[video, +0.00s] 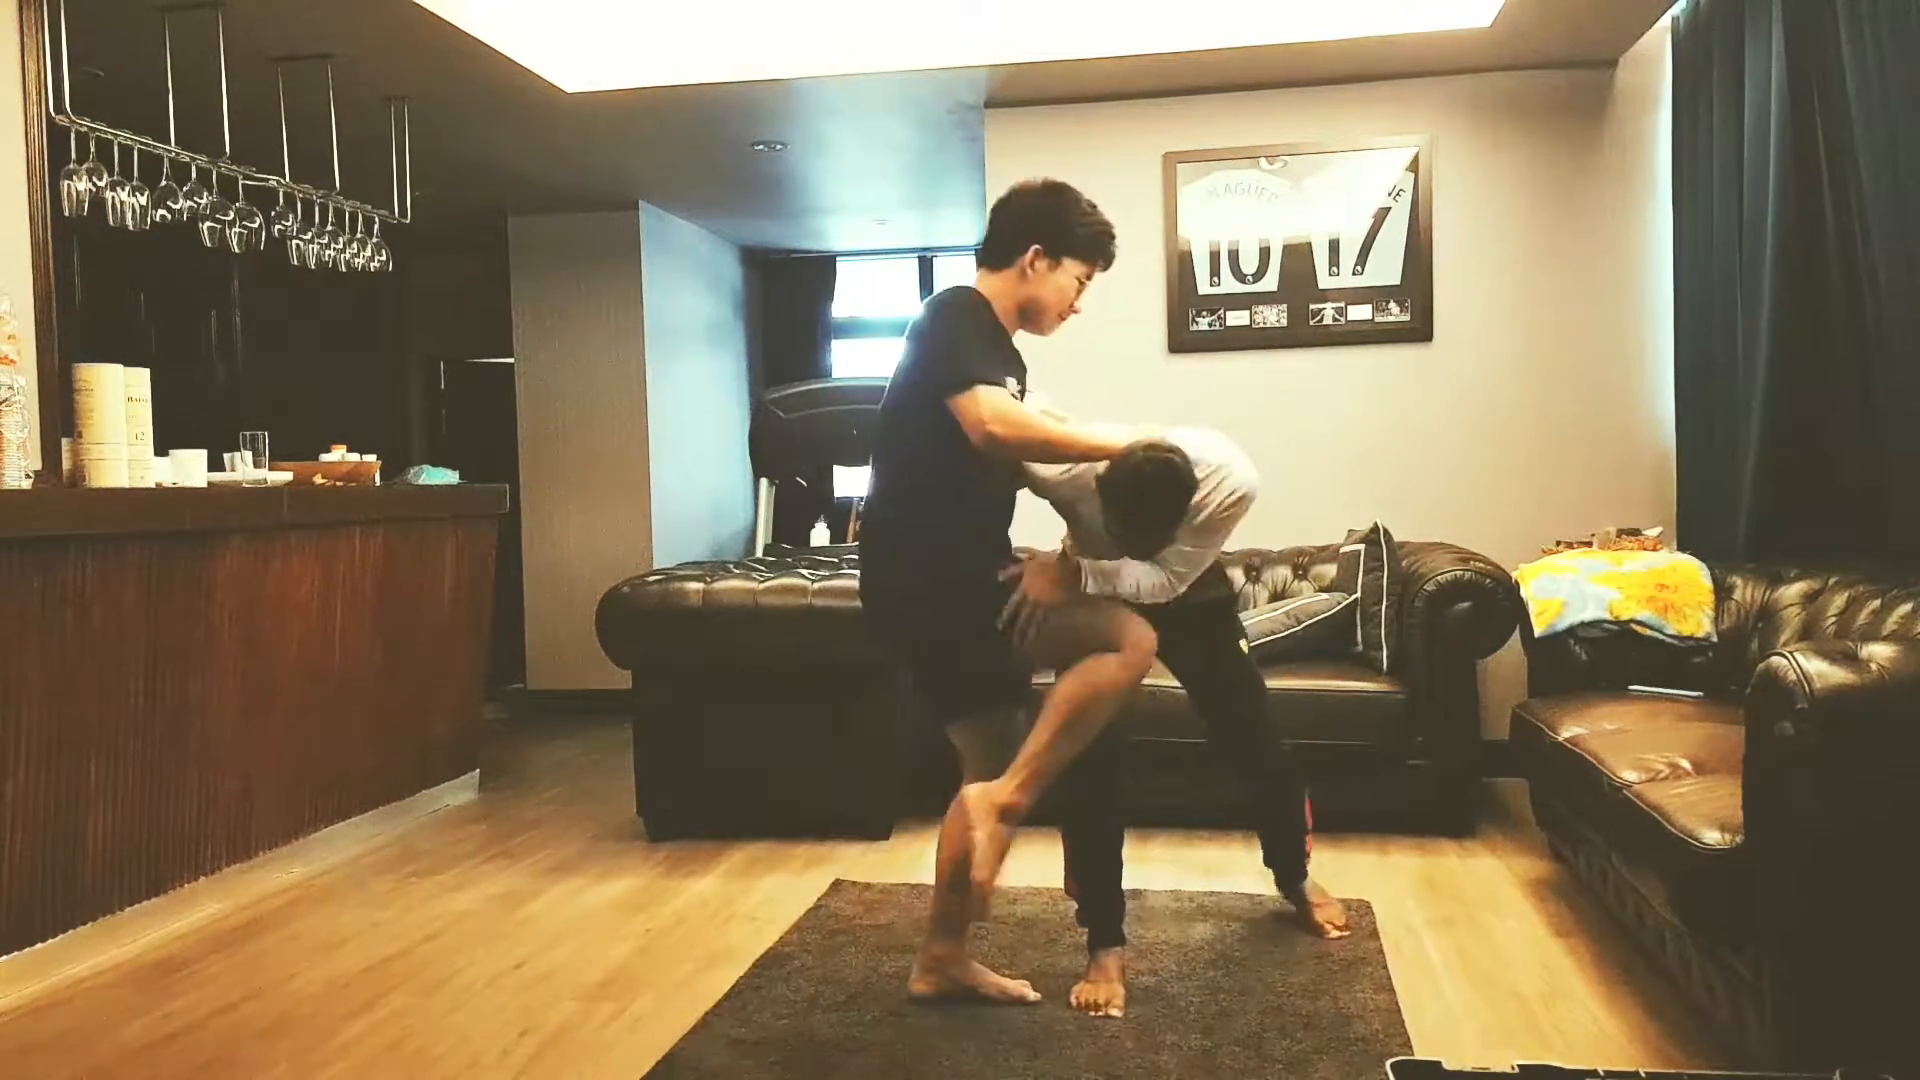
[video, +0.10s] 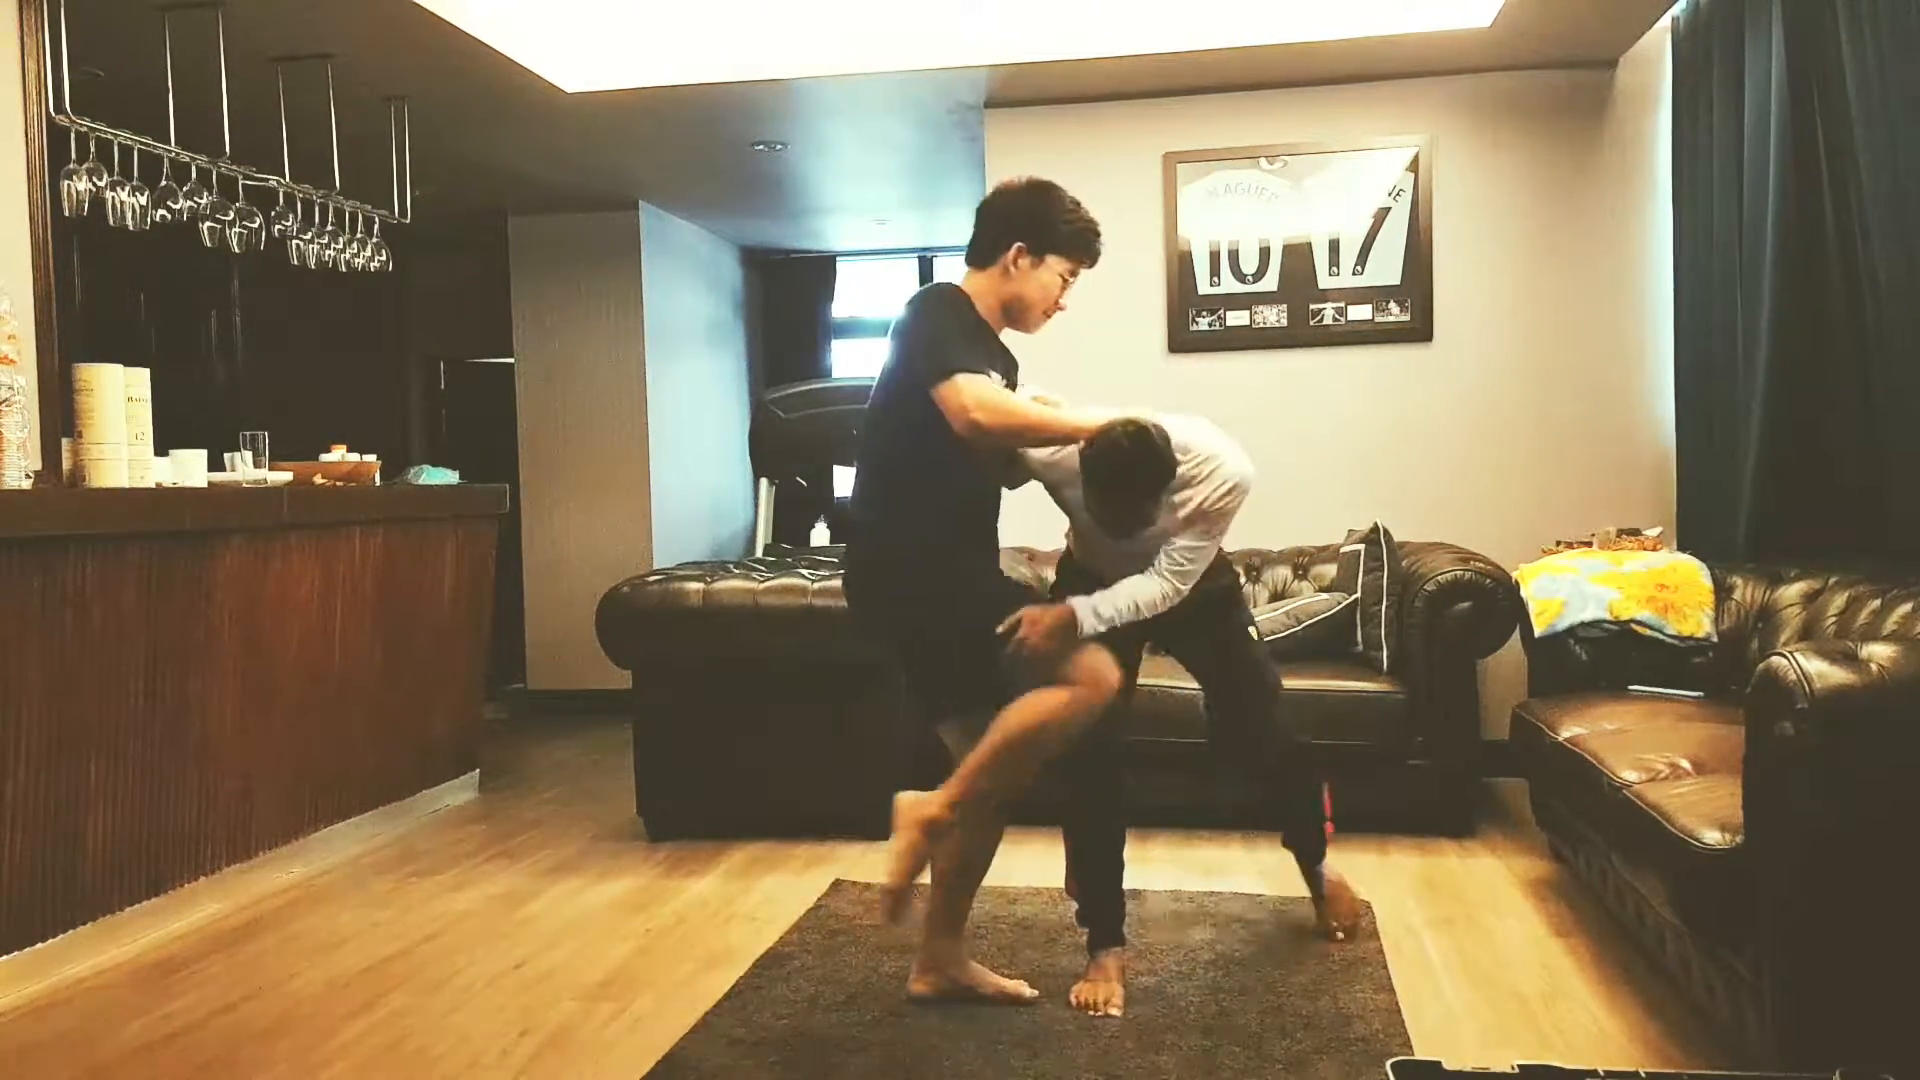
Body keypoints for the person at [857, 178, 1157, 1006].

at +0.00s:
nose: (1078, 302)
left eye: (1085, 287)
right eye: (1078, 282)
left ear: (1029, 263)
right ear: (1032, 259)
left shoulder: (990, 344)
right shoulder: (963, 312)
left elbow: (994, 460)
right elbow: (988, 421)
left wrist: (1079, 487)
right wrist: (1112, 446)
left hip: (939, 571)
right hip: (937, 572)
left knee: (991, 768)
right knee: (1129, 639)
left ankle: (945, 959)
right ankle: (1007, 796)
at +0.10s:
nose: (1064, 299)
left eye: (1072, 283)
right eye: (1063, 277)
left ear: (1016, 261)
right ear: (1016, 257)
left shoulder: (990, 356)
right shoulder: (943, 309)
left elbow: (1003, 467)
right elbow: (969, 408)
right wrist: (1086, 425)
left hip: (947, 571)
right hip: (913, 567)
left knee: (989, 763)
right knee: (1092, 676)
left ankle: (941, 960)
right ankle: (935, 810)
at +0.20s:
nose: (1050, 292)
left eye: (1055, 276)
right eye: (1047, 270)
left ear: (1000, 256)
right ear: (999, 248)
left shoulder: (981, 350)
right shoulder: (927, 301)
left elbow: (997, 465)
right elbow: (964, 393)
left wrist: (1053, 434)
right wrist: (1085, 403)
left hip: (944, 564)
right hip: (896, 561)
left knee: (977, 749)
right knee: (1024, 731)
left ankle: (940, 954)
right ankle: (851, 824)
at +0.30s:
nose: (1037, 284)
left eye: (1042, 269)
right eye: (1033, 262)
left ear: (988, 248)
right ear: (983, 239)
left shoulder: (968, 330)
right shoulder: (911, 292)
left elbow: (983, 449)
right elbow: (965, 375)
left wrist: (1017, 427)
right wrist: (1071, 371)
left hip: (941, 568)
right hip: (880, 567)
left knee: (968, 752)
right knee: (919, 779)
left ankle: (939, 954)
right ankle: (787, 830)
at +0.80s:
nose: (988, 282)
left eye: (992, 268)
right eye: (979, 265)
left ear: (953, 270)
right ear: (924, 262)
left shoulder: (944, 372)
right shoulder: (872, 309)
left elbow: (1011, 463)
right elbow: (982, 317)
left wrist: (1084, 425)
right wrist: (1069, 277)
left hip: (893, 563)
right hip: (814, 561)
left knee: (950, 725)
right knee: (815, 745)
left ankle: (940, 912)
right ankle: (760, 872)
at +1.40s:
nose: (1003, 257)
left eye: (1009, 243)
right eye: (986, 240)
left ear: (1015, 246)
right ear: (941, 240)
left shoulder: (1006, 339)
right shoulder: (904, 305)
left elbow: (1023, 450)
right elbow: (921, 357)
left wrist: (1038, 498)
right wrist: (1026, 326)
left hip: (962, 564)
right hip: (879, 558)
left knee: (981, 727)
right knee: (859, 742)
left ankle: (956, 907)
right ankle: (802, 852)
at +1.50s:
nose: (988, 249)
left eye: (997, 235)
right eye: (972, 234)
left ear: (1009, 242)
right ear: (935, 237)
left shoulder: (1010, 346)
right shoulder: (892, 319)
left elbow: (1010, 456)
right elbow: (878, 405)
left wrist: (994, 538)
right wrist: (965, 399)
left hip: (967, 553)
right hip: (877, 549)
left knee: (974, 726)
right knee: (850, 729)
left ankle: (954, 904)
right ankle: (807, 855)